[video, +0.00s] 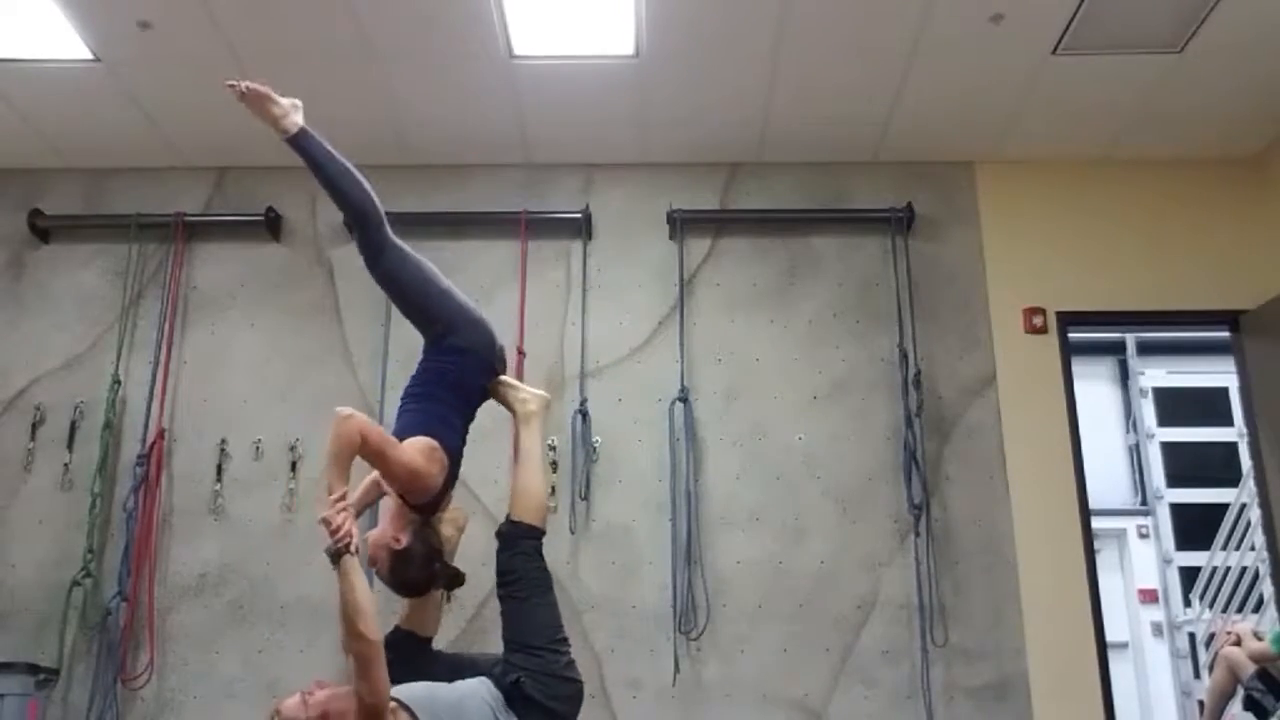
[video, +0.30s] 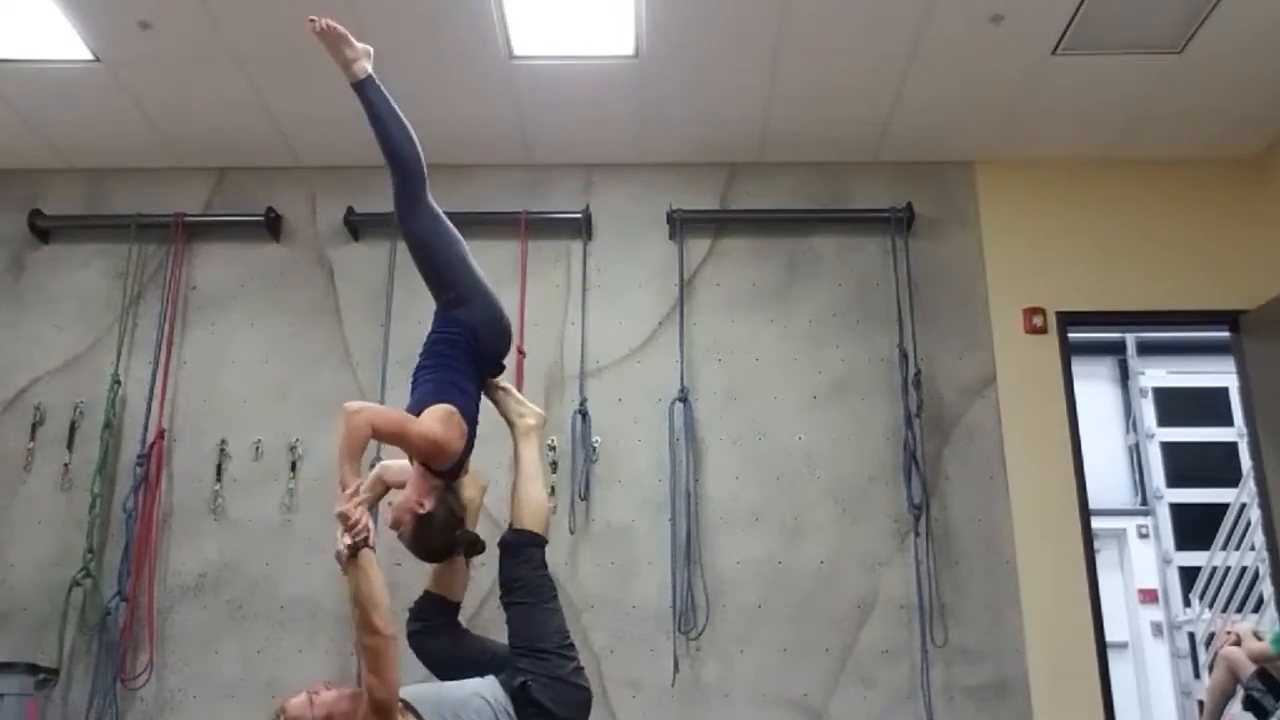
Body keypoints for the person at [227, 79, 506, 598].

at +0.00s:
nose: (370, 555)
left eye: (373, 563)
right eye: (379, 557)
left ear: (393, 543)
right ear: (404, 540)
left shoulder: (424, 493)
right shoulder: (417, 479)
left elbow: (391, 466)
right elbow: (347, 425)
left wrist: (352, 507)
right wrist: (335, 496)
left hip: (475, 365)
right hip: (467, 348)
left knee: (377, 243)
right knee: (375, 239)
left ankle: (298, 130)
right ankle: (293, 127)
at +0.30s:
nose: (395, 518)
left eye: (398, 530)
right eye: (403, 523)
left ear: (426, 500)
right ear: (423, 502)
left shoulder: (445, 466)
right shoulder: (432, 443)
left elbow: (387, 470)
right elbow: (356, 416)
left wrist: (362, 501)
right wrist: (349, 488)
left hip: (489, 346)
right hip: (474, 321)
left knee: (416, 202)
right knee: (412, 200)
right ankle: (359, 68)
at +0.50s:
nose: (405, 483)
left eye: (407, 490)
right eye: (413, 486)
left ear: (431, 472)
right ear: (435, 471)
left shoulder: (459, 434)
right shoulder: (449, 414)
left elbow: (393, 465)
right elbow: (377, 410)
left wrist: (366, 505)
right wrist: (360, 488)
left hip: (499, 325)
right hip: (491, 298)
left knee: (444, 176)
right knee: (442, 167)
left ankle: (406, 47)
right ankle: (402, 45)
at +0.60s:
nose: (414, 469)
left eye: (416, 478)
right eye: (426, 472)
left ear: (442, 453)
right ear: (450, 457)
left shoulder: (455, 420)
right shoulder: (464, 402)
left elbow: (394, 459)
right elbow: (400, 413)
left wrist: (368, 510)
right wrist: (373, 487)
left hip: (502, 314)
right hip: (496, 284)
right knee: (460, 164)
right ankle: (431, 29)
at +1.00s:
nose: (429, 473)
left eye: (431, 480)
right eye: (430, 482)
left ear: (435, 471)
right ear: (448, 471)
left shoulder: (417, 433)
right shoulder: (470, 412)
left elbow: (369, 464)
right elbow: (425, 416)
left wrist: (341, 519)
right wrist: (398, 490)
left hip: (472, 317)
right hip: (495, 298)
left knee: (455, 279)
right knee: (443, 156)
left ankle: (436, 232)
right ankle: (395, 44)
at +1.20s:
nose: (428, 487)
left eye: (428, 496)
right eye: (437, 495)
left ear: (440, 490)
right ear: (457, 490)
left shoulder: (426, 439)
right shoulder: (467, 437)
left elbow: (371, 456)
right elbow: (413, 422)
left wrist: (354, 514)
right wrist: (386, 497)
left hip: (462, 327)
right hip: (488, 311)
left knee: (441, 252)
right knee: (424, 175)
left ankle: (447, 188)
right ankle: (368, 59)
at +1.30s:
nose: (431, 518)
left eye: (433, 528)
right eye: (440, 524)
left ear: (451, 510)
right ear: (461, 506)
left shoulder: (423, 455)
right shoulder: (472, 457)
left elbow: (373, 460)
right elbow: (440, 425)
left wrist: (342, 520)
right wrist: (413, 500)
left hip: (429, 341)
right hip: (467, 330)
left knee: (355, 263)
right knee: (464, 192)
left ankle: (300, 181)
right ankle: (462, 74)